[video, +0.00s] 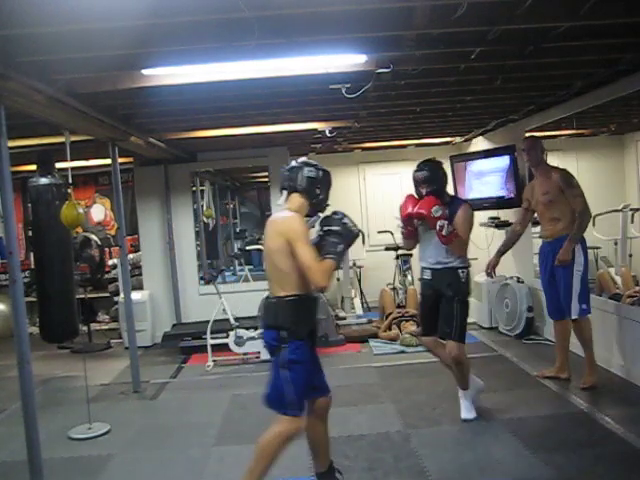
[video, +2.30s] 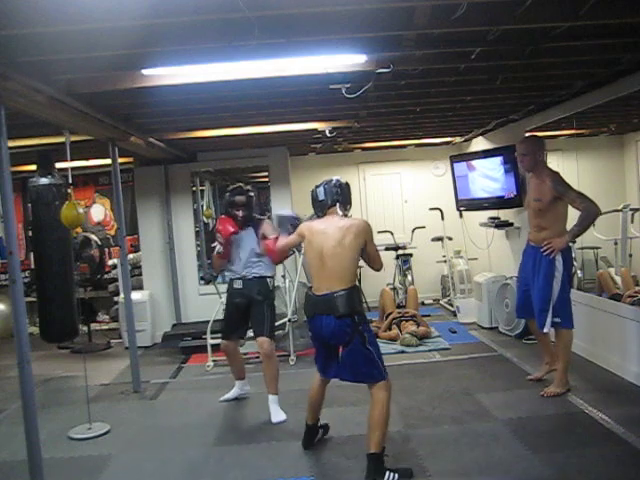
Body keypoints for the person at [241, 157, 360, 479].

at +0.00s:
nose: (323, 198)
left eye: (323, 192)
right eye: (322, 190)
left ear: (291, 187)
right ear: (314, 189)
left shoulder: (278, 221)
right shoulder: (292, 222)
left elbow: (302, 275)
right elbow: (319, 279)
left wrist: (326, 246)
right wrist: (336, 248)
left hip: (288, 322)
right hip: (288, 325)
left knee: (319, 402)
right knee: (292, 419)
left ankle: (325, 473)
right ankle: (251, 475)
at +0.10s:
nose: (332, 199)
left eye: (332, 193)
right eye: (331, 192)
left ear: (300, 186)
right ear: (323, 189)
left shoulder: (287, 222)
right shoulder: (307, 223)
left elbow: (311, 268)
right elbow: (339, 278)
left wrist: (336, 242)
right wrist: (350, 243)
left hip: (293, 317)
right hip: (305, 321)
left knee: (320, 407)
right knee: (333, 417)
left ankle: (325, 471)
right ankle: (275, 475)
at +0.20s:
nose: (345, 191)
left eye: (343, 185)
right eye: (343, 184)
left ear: (312, 182)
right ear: (333, 183)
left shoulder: (294, 218)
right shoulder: (322, 218)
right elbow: (350, 272)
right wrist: (361, 238)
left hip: (299, 316)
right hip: (319, 320)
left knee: (322, 400)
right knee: (359, 404)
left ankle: (323, 471)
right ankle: (319, 470)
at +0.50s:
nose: (369, 190)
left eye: (368, 184)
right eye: (367, 184)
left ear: (335, 183)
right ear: (359, 183)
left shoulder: (316, 217)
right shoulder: (364, 216)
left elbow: (299, 264)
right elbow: (394, 267)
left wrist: (321, 241)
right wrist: (399, 242)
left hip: (329, 309)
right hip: (357, 310)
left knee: (356, 387)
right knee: (370, 400)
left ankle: (349, 458)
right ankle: (360, 474)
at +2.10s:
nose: (342, 207)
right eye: (341, 202)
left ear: (313, 209)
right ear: (338, 205)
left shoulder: (304, 231)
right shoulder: (354, 227)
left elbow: (274, 253)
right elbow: (376, 270)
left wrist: (289, 238)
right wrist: (355, 251)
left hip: (316, 312)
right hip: (347, 312)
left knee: (321, 370)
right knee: (379, 381)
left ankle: (311, 430)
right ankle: (377, 462)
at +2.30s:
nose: (349, 207)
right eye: (348, 203)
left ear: (319, 205)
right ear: (344, 204)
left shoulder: (306, 228)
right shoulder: (359, 226)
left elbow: (276, 252)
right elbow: (376, 264)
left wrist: (273, 235)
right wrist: (359, 244)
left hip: (316, 313)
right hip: (347, 313)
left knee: (323, 373)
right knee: (380, 385)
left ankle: (309, 433)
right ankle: (376, 468)